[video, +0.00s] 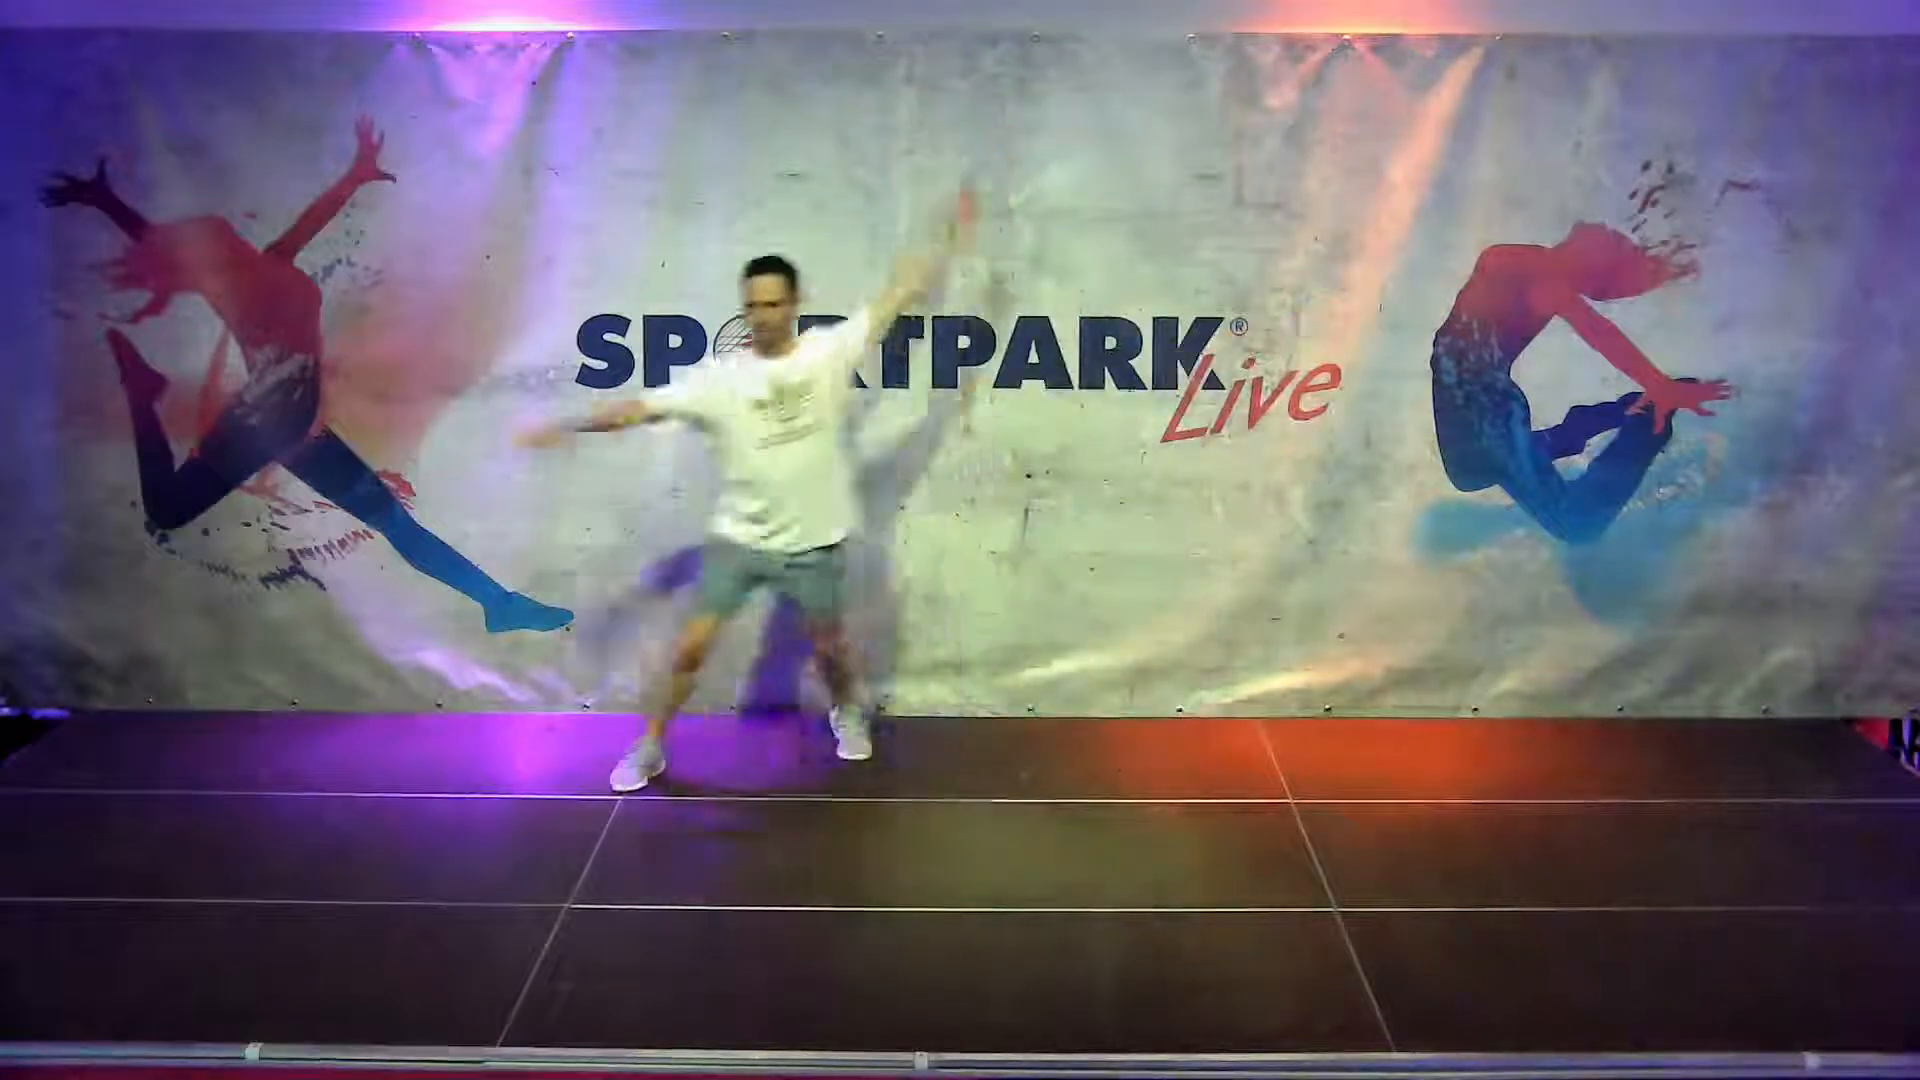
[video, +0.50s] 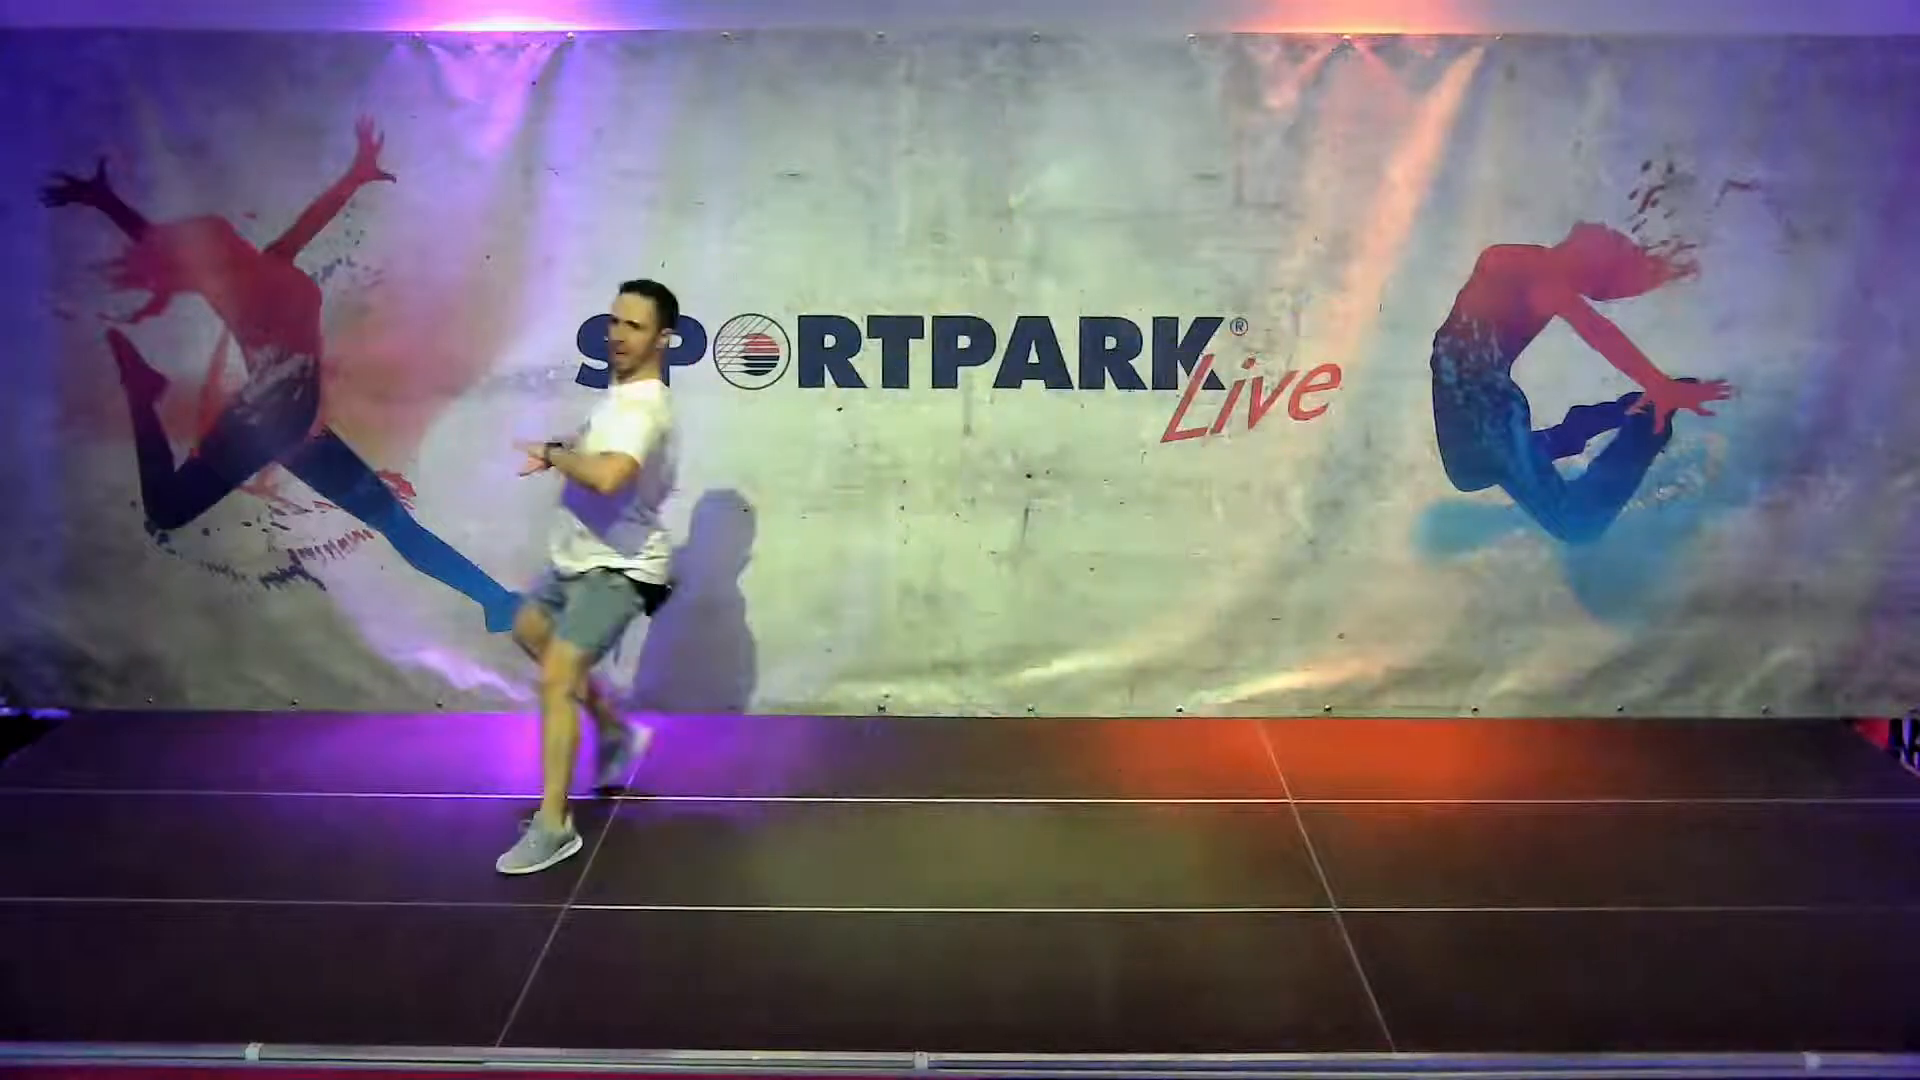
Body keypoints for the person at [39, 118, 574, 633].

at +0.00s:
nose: (182, 280)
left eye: (179, 262)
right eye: (177, 263)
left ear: (203, 254)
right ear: (193, 257)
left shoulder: (267, 267)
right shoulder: (230, 274)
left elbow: (309, 222)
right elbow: (153, 241)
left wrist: (357, 175)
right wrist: (99, 196)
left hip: (297, 426)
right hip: (262, 421)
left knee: (386, 513)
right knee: (166, 511)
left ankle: (500, 602)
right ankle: (141, 392)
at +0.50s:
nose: (219, 245)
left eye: (214, 237)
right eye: (206, 245)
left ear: (224, 240)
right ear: (198, 261)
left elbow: (313, 218)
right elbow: (157, 246)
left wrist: (358, 174)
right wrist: (100, 197)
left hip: (299, 427)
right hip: (257, 426)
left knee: (395, 521)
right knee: (166, 508)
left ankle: (508, 609)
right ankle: (141, 393)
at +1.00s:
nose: (180, 288)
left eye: (179, 268)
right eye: (176, 271)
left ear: (204, 255)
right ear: (201, 256)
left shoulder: (266, 269)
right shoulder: (234, 275)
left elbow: (311, 220)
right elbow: (156, 243)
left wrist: (359, 174)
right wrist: (105, 199)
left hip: (297, 425)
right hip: (262, 422)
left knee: (386, 512)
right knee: (165, 510)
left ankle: (498, 600)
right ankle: (139, 391)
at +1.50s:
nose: (179, 290)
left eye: (179, 270)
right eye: (174, 274)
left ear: (204, 255)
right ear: (206, 254)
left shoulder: (263, 269)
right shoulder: (245, 275)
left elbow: (308, 223)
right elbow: (155, 243)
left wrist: (357, 176)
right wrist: (104, 201)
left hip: (295, 425)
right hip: (263, 421)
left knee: (386, 513)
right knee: (166, 511)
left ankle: (500, 601)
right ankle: (140, 393)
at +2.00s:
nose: (177, 292)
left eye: (176, 272)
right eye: (166, 279)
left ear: (202, 255)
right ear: (204, 254)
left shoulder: (262, 269)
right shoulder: (244, 275)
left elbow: (307, 223)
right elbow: (156, 243)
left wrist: (357, 176)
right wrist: (104, 201)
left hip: (295, 424)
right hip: (263, 421)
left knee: (386, 512)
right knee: (166, 511)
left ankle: (499, 601)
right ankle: (140, 393)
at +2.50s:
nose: (183, 288)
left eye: (180, 267)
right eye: (186, 264)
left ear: (204, 253)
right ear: (202, 251)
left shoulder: (263, 271)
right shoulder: (240, 280)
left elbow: (306, 224)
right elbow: (156, 242)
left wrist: (357, 176)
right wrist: (103, 199)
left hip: (298, 426)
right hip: (261, 422)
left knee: (387, 514)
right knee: (166, 510)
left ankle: (500, 602)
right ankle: (139, 387)